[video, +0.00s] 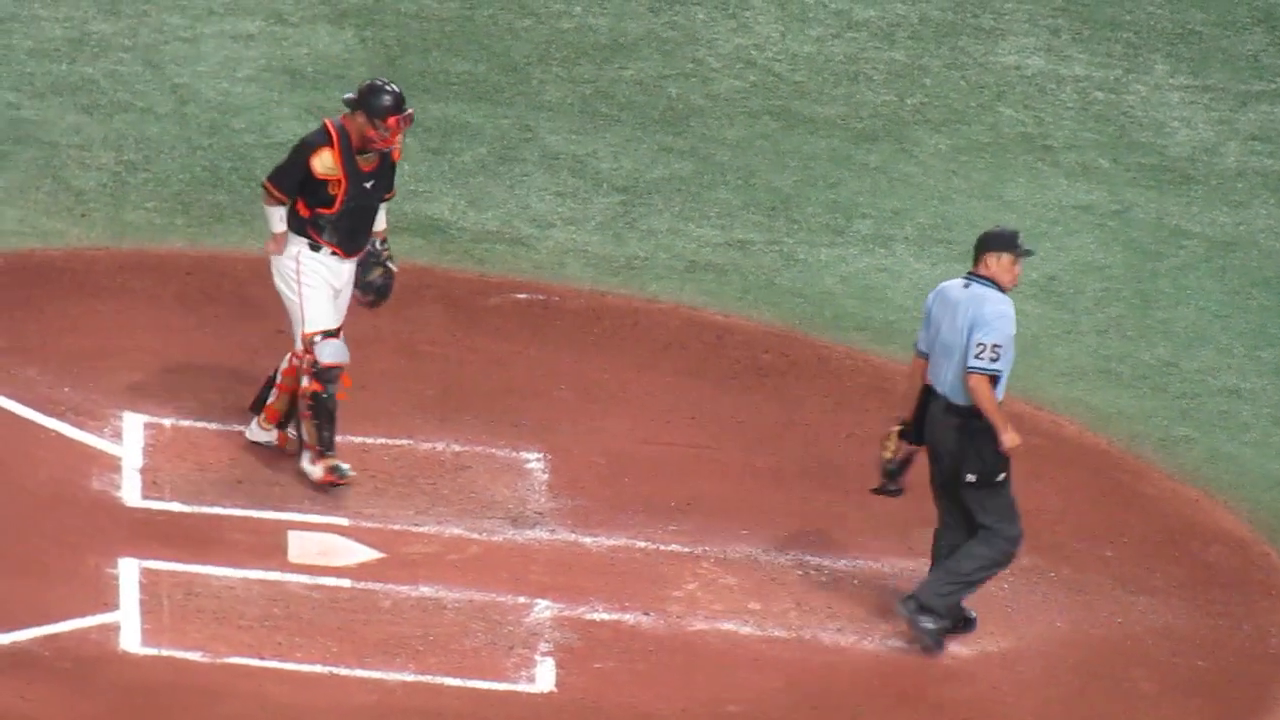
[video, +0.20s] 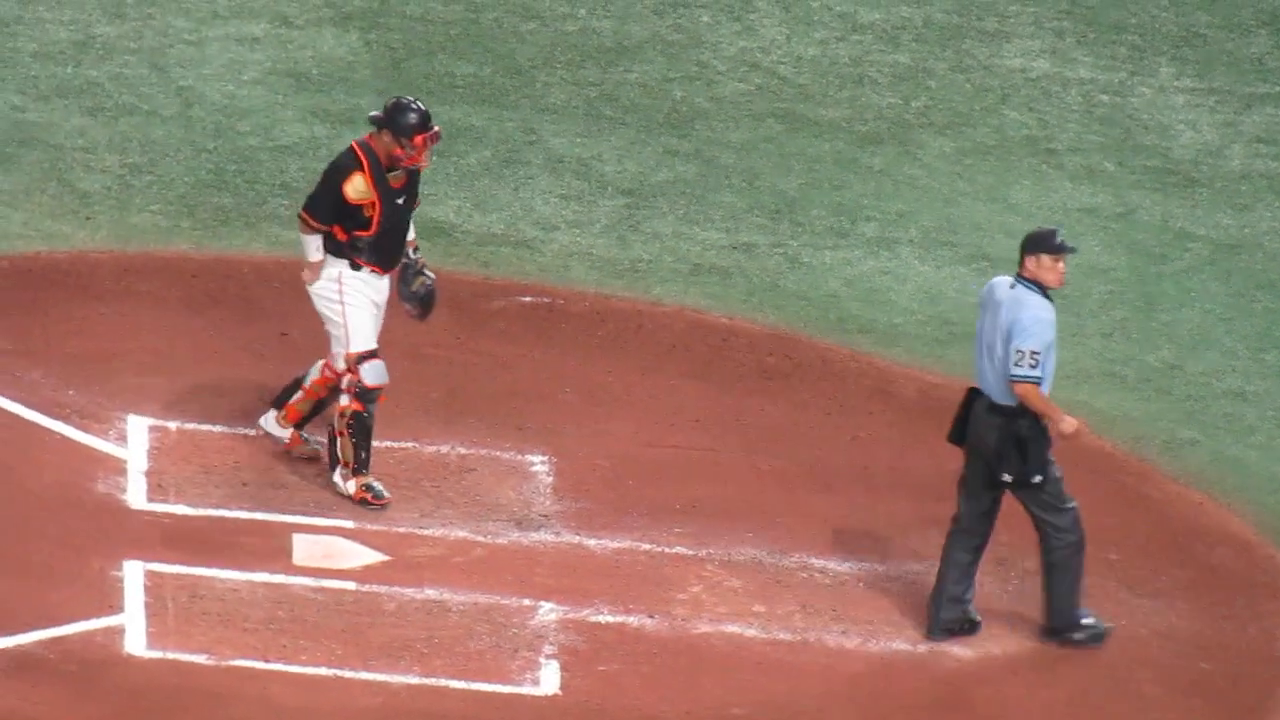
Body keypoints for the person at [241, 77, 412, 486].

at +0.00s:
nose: (392, 131)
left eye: (395, 123)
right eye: (385, 124)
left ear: (392, 121)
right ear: (362, 118)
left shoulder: (386, 149)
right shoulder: (320, 145)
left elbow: (380, 202)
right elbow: (274, 192)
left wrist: (378, 250)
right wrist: (279, 236)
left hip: (346, 263)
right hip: (305, 257)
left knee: (313, 350)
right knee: (326, 354)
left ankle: (266, 422)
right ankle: (317, 455)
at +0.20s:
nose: (420, 151)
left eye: (422, 143)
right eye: (414, 143)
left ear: (412, 140)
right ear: (392, 138)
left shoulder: (407, 162)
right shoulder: (351, 167)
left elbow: (402, 215)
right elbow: (311, 218)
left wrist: (412, 260)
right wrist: (314, 262)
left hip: (378, 280)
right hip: (342, 277)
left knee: (343, 366)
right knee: (366, 374)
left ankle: (282, 421)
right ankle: (351, 472)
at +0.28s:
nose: (430, 151)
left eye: (432, 143)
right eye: (425, 144)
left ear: (417, 139)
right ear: (403, 138)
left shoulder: (415, 162)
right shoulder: (365, 168)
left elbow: (408, 221)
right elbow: (322, 217)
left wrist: (425, 265)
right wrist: (327, 263)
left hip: (392, 280)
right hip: (359, 279)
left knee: (388, 365)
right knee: (375, 377)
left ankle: (305, 406)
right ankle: (351, 470)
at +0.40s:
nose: (446, 156)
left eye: (448, 149)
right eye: (442, 149)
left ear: (431, 143)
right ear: (420, 142)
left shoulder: (431, 166)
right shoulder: (383, 176)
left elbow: (420, 221)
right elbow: (337, 219)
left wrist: (437, 260)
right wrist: (346, 264)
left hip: (412, 282)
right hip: (377, 283)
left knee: (424, 363)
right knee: (378, 379)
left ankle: (341, 410)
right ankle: (354, 472)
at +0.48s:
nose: (460, 160)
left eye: (462, 153)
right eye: (457, 152)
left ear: (443, 145)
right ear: (436, 143)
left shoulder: (443, 171)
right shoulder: (395, 178)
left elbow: (431, 227)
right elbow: (352, 222)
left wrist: (447, 266)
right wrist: (362, 264)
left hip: (424, 286)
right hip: (388, 287)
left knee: (444, 363)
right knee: (387, 384)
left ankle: (387, 440)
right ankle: (354, 472)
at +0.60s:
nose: (484, 158)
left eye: (486, 151)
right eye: (480, 150)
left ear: (463, 143)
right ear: (459, 142)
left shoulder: (463, 171)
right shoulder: (415, 179)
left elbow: (448, 228)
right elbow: (373, 228)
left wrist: (459, 272)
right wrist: (379, 268)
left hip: (441, 289)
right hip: (406, 288)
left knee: (466, 365)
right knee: (394, 381)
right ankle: (357, 470)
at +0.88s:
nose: (544, 157)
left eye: (545, 150)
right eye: (541, 149)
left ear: (522, 144)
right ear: (520, 143)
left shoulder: (519, 175)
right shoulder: (473, 184)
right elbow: (439, 241)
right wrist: (437, 285)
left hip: (499, 299)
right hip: (465, 299)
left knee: (526, 383)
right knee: (438, 396)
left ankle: (508, 476)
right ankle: (369, 465)